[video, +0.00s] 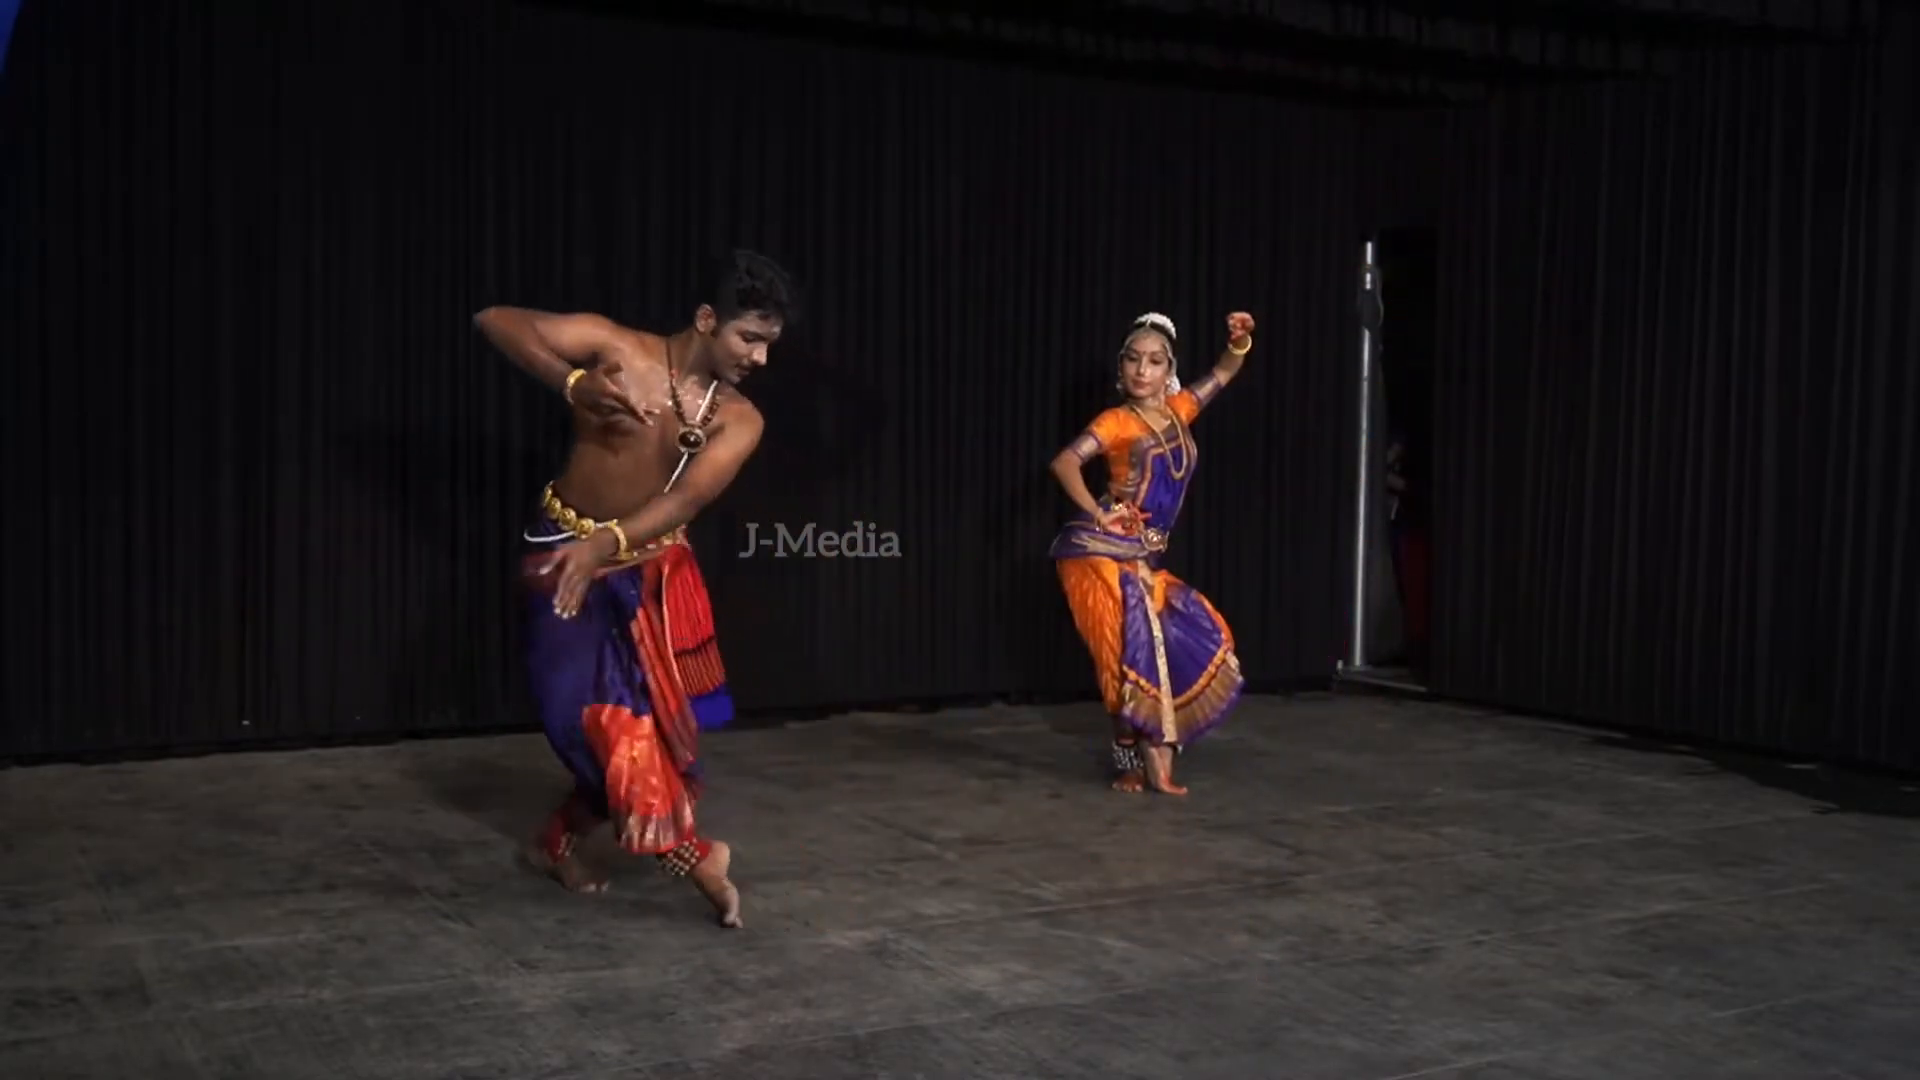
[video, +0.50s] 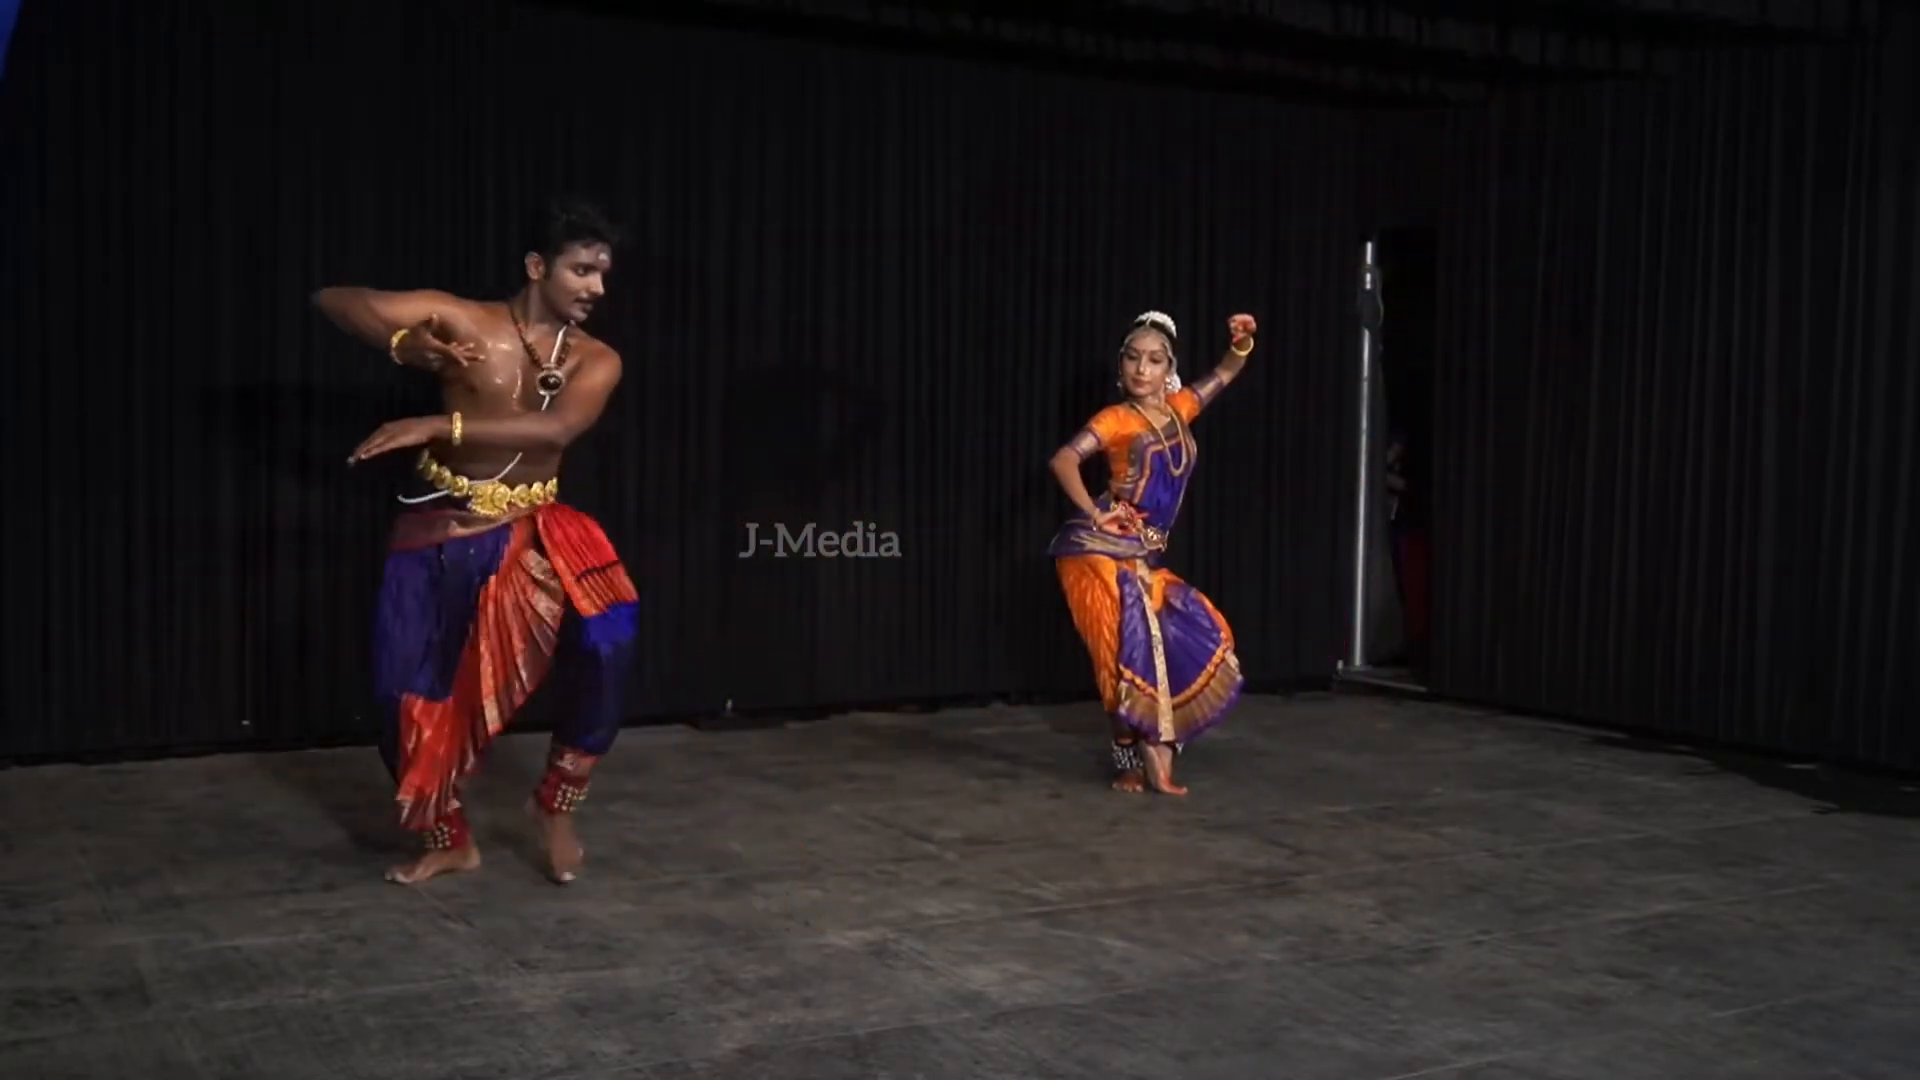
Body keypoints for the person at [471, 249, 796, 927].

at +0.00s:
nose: (759, 356)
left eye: (769, 344)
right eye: (750, 338)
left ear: (773, 346)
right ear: (705, 320)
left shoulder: (740, 420)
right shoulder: (618, 348)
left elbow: (686, 497)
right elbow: (497, 322)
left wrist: (603, 545)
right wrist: (570, 382)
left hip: (654, 565)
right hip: (569, 554)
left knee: (655, 715)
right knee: (574, 710)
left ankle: (564, 833)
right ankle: (695, 855)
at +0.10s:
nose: (721, 339)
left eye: (730, 326)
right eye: (711, 321)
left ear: (734, 328)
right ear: (665, 306)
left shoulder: (710, 405)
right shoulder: (584, 342)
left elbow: (659, 482)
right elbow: (459, 317)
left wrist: (554, 501)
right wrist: (533, 368)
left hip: (628, 570)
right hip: (539, 558)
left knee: (618, 713)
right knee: (501, 686)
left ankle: (553, 841)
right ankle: (613, 839)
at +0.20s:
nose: (688, 323)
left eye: (697, 309)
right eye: (677, 305)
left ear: (702, 310)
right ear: (632, 292)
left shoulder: (682, 391)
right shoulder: (551, 333)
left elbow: (634, 466)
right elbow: (426, 313)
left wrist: (525, 464)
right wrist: (499, 359)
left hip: (609, 558)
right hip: (518, 548)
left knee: (616, 703)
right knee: (455, 670)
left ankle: (563, 845)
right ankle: (520, 828)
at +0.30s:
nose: (657, 307)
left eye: (665, 293)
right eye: (646, 289)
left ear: (669, 295)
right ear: (600, 278)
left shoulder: (653, 375)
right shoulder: (521, 325)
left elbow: (611, 448)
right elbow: (394, 304)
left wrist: (495, 441)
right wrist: (465, 352)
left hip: (589, 549)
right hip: (497, 540)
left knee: (614, 706)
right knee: (425, 665)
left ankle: (559, 843)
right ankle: (475, 809)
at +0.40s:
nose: (624, 294)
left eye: (633, 281)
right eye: (612, 277)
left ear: (637, 283)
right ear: (566, 268)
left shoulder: (625, 364)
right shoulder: (490, 318)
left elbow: (583, 435)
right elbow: (363, 298)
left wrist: (466, 430)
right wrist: (430, 345)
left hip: (564, 539)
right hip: (470, 534)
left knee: (602, 690)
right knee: (422, 675)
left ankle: (558, 842)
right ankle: (452, 837)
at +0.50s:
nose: (596, 288)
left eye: (602, 274)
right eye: (582, 271)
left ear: (603, 278)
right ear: (535, 267)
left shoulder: (597, 360)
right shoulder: (461, 320)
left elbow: (558, 430)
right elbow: (332, 300)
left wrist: (442, 428)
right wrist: (399, 341)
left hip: (529, 543)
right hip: (435, 537)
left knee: (606, 643)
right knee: (411, 686)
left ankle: (559, 806)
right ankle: (450, 839)